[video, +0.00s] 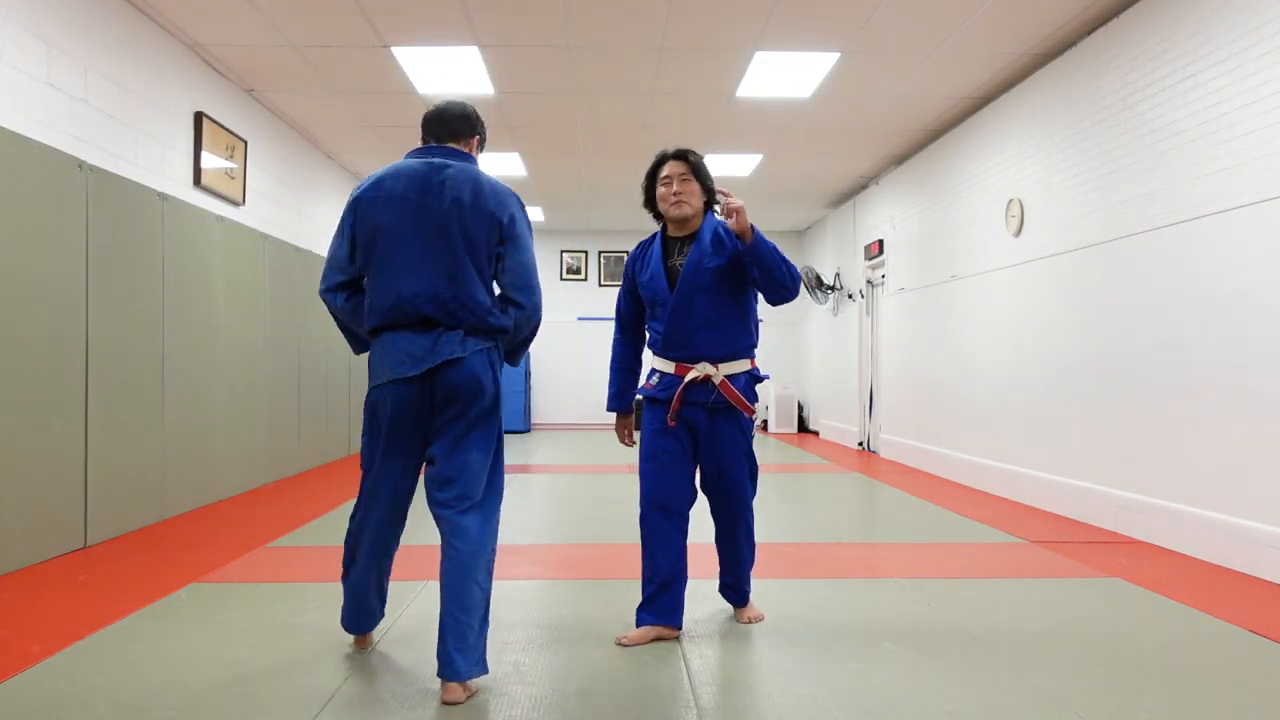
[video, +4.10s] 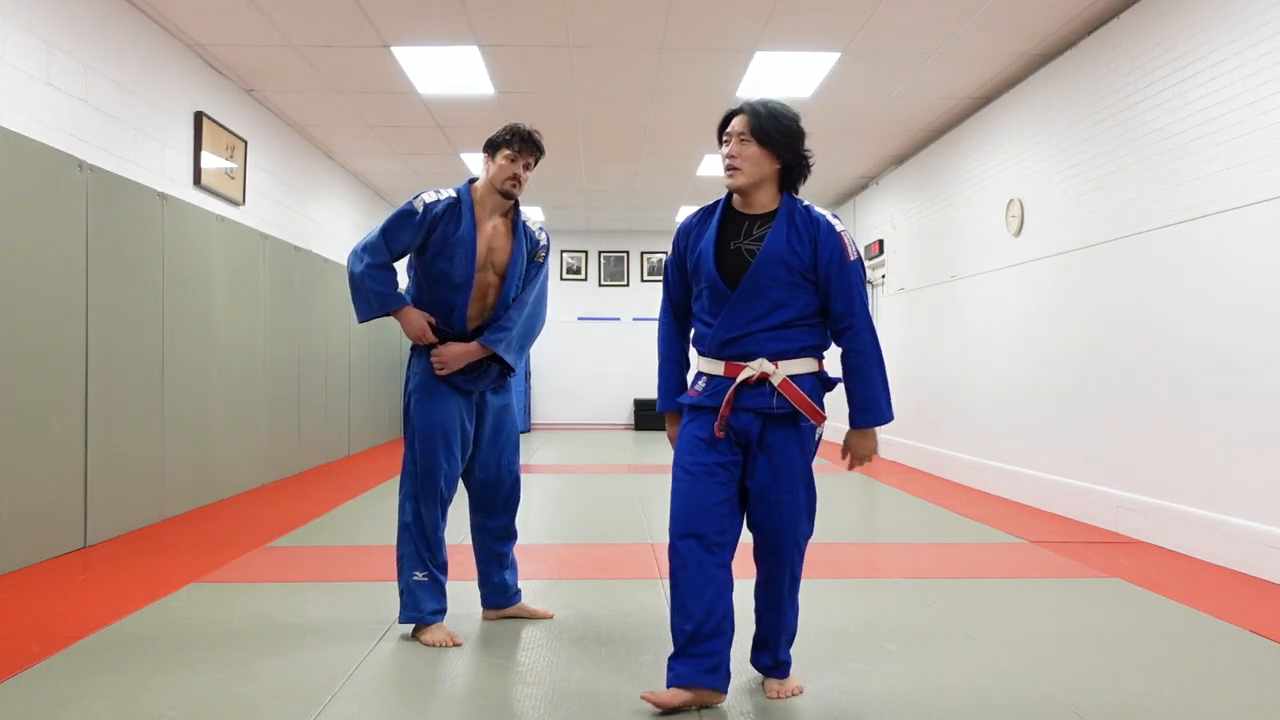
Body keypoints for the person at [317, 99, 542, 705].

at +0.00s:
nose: (482, 155)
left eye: (479, 147)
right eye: (483, 147)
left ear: (421, 138)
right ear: (474, 143)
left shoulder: (372, 190)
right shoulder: (497, 198)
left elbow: (336, 284)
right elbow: (527, 299)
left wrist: (374, 337)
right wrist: (500, 351)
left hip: (395, 363)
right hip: (469, 363)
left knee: (381, 497)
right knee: (467, 511)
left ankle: (360, 619)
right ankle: (458, 673)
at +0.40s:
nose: (471, 183)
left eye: (476, 173)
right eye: (471, 169)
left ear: (435, 156)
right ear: (442, 155)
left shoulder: (380, 198)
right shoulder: (417, 197)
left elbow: (358, 293)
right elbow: (442, 286)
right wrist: (473, 318)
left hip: (367, 364)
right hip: (416, 363)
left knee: (385, 493)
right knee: (469, 489)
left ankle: (371, 628)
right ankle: (434, 624)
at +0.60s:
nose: (476, 185)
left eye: (481, 176)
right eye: (474, 172)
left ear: (444, 161)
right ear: (445, 157)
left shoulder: (424, 202)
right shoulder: (411, 196)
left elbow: (459, 279)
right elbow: (415, 278)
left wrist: (465, 328)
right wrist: (459, 321)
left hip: (391, 363)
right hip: (412, 366)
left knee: (393, 489)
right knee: (437, 489)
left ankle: (372, 624)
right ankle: (427, 624)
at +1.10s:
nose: (504, 187)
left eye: (509, 178)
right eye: (500, 175)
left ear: (480, 168)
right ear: (469, 160)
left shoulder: (473, 213)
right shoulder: (429, 198)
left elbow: (479, 285)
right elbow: (410, 273)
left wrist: (496, 326)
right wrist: (463, 314)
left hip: (464, 367)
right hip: (426, 367)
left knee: (480, 479)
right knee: (434, 488)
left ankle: (456, 587)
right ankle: (420, 627)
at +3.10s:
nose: (470, 158)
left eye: (478, 149)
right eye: (459, 148)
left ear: (484, 156)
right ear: (435, 154)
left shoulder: (499, 218)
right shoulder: (410, 225)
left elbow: (527, 273)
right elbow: (402, 307)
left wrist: (510, 312)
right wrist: (444, 371)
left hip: (480, 372)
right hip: (423, 376)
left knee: (492, 487)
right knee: (422, 496)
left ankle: (500, 597)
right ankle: (421, 617)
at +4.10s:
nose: (518, 170)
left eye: (527, 165)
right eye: (511, 159)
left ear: (531, 174)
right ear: (487, 159)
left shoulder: (531, 232)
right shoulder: (437, 208)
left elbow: (530, 311)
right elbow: (367, 259)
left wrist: (478, 348)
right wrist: (401, 311)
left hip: (498, 374)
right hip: (439, 370)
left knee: (498, 486)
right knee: (430, 489)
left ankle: (500, 598)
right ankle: (423, 614)